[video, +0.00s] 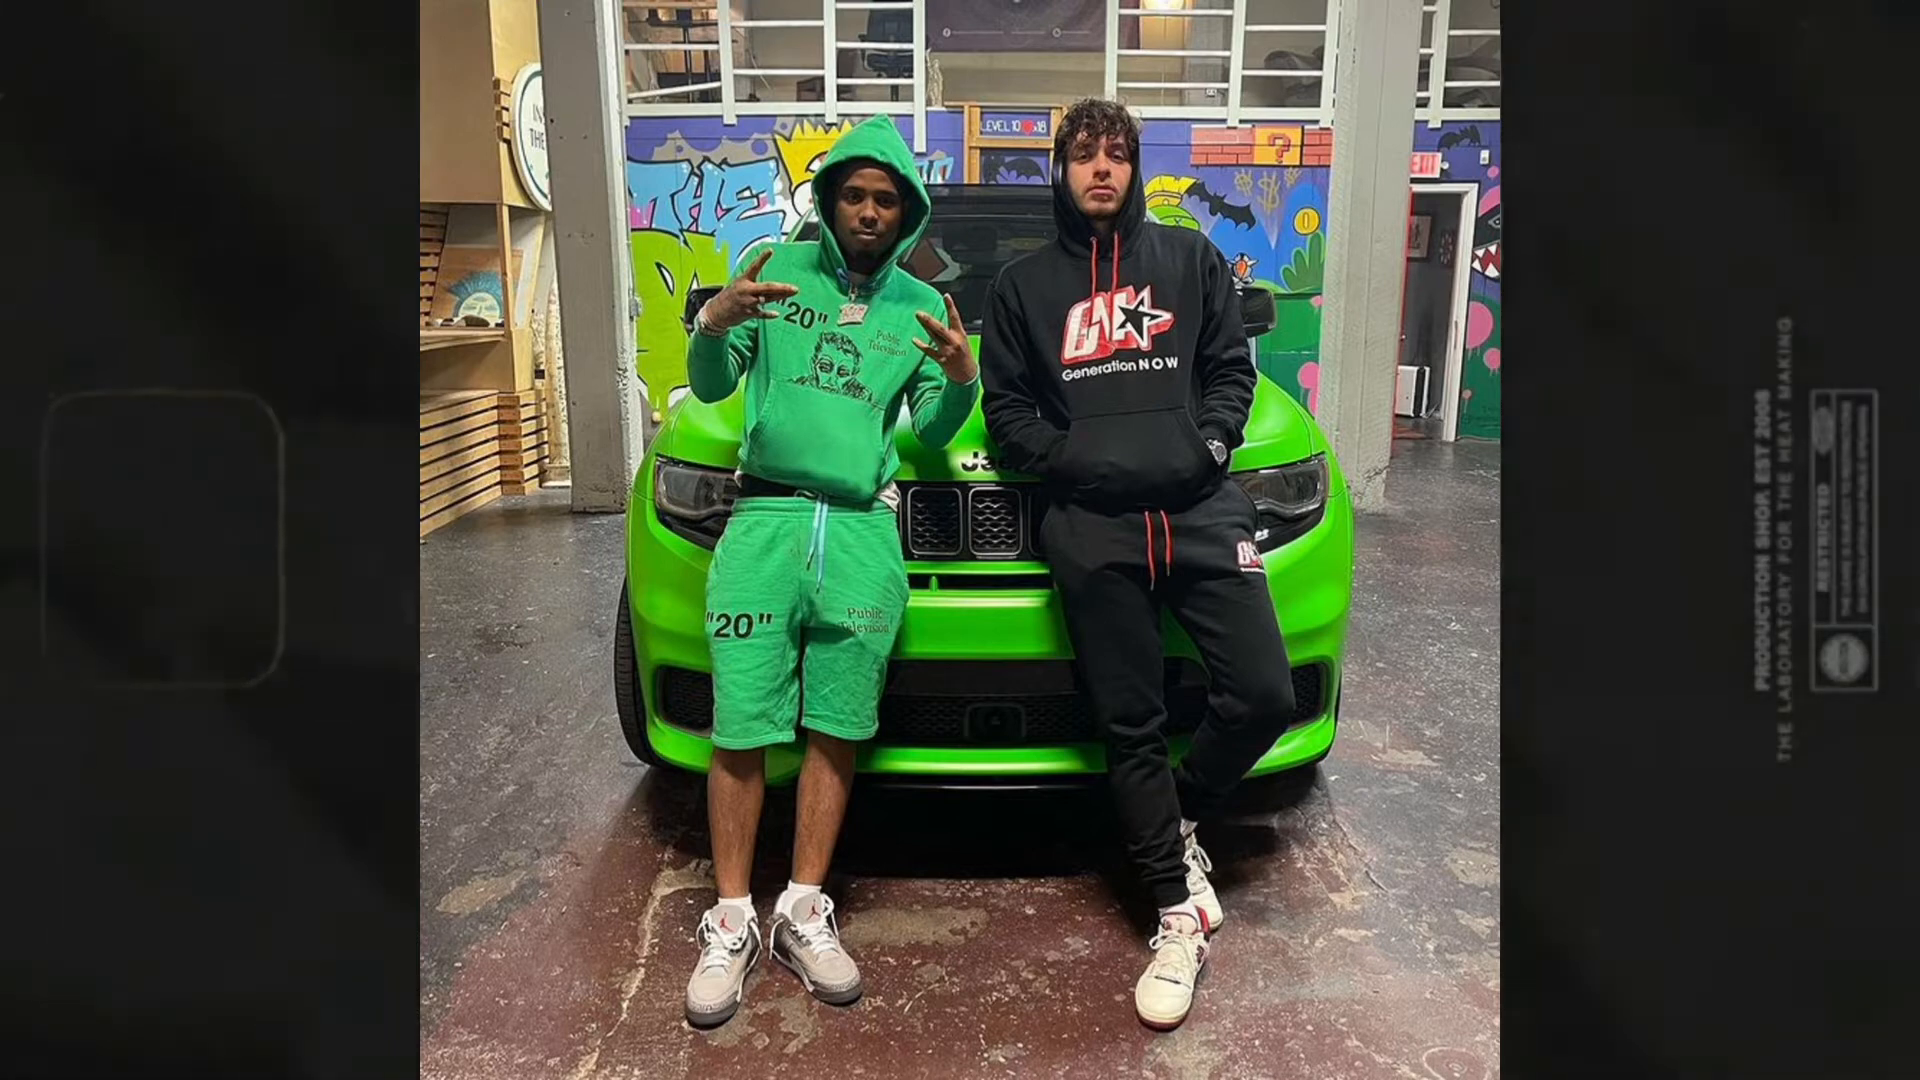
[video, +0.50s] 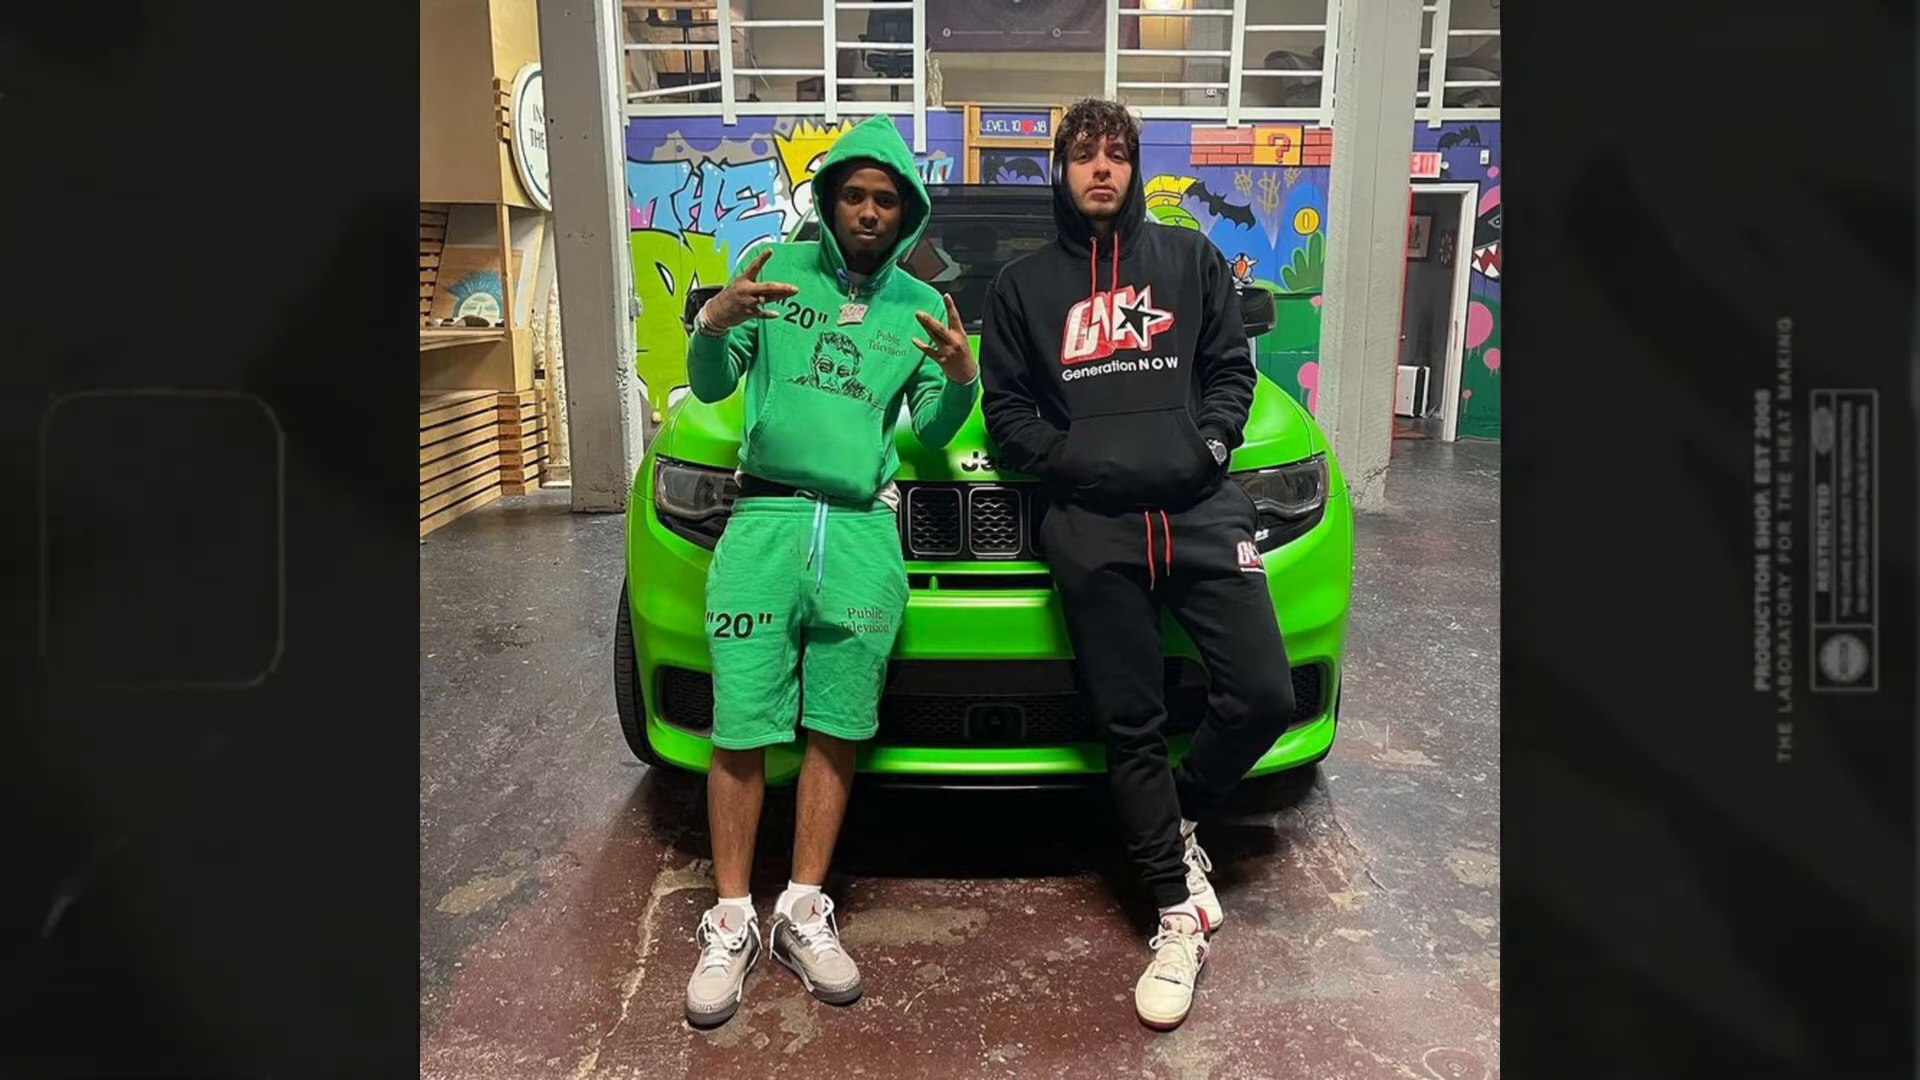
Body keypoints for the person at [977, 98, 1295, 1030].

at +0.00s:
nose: (1102, 171)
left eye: (1116, 158)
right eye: (1088, 158)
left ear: (1137, 171)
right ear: (1062, 171)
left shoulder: (1191, 256)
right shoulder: (1018, 280)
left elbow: (1232, 364)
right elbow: (1004, 403)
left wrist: (1209, 444)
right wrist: (1065, 457)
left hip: (1200, 503)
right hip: (1091, 514)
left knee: (1262, 693)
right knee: (1131, 718)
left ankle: (1179, 819)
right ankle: (1179, 916)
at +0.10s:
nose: (1102, 171)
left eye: (1116, 158)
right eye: (1088, 158)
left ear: (1137, 171)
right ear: (1062, 171)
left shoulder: (1191, 256)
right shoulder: (1018, 280)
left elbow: (1232, 364)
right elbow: (1004, 403)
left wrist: (1209, 444)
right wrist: (1065, 458)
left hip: (1200, 503)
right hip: (1091, 514)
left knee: (1262, 693)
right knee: (1131, 718)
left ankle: (1179, 819)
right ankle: (1179, 916)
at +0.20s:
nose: (1102, 171)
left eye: (1116, 158)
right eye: (1088, 158)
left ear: (1137, 171)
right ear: (1062, 171)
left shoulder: (1191, 256)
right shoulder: (1018, 280)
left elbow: (1232, 364)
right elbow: (1004, 403)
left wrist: (1209, 444)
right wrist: (1065, 458)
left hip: (1200, 503)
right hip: (1091, 514)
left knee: (1262, 693)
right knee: (1131, 718)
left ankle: (1179, 819)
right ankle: (1179, 916)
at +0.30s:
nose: (1102, 171)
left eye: (1115, 158)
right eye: (1087, 158)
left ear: (1137, 171)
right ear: (1061, 172)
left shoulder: (1191, 256)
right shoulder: (1017, 280)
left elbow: (1232, 363)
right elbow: (1003, 403)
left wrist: (1209, 444)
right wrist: (1064, 457)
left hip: (1200, 503)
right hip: (1091, 514)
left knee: (1262, 692)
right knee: (1131, 719)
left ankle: (1180, 818)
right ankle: (1179, 917)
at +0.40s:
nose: (1102, 171)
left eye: (1115, 158)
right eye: (1087, 158)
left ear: (1137, 171)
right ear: (1061, 172)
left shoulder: (1191, 256)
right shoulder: (1017, 280)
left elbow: (1232, 363)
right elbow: (1003, 403)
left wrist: (1209, 444)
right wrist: (1064, 457)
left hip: (1200, 503)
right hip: (1091, 514)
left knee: (1262, 692)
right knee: (1131, 719)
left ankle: (1180, 818)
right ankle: (1179, 917)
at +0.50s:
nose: (1102, 171)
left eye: (1116, 158)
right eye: (1088, 158)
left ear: (1137, 171)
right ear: (1062, 171)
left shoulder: (1191, 256)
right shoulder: (1018, 280)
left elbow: (1232, 364)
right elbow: (1004, 403)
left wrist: (1209, 444)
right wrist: (1065, 458)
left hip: (1200, 503)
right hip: (1091, 514)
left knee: (1262, 693)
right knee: (1131, 718)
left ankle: (1179, 819)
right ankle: (1179, 916)